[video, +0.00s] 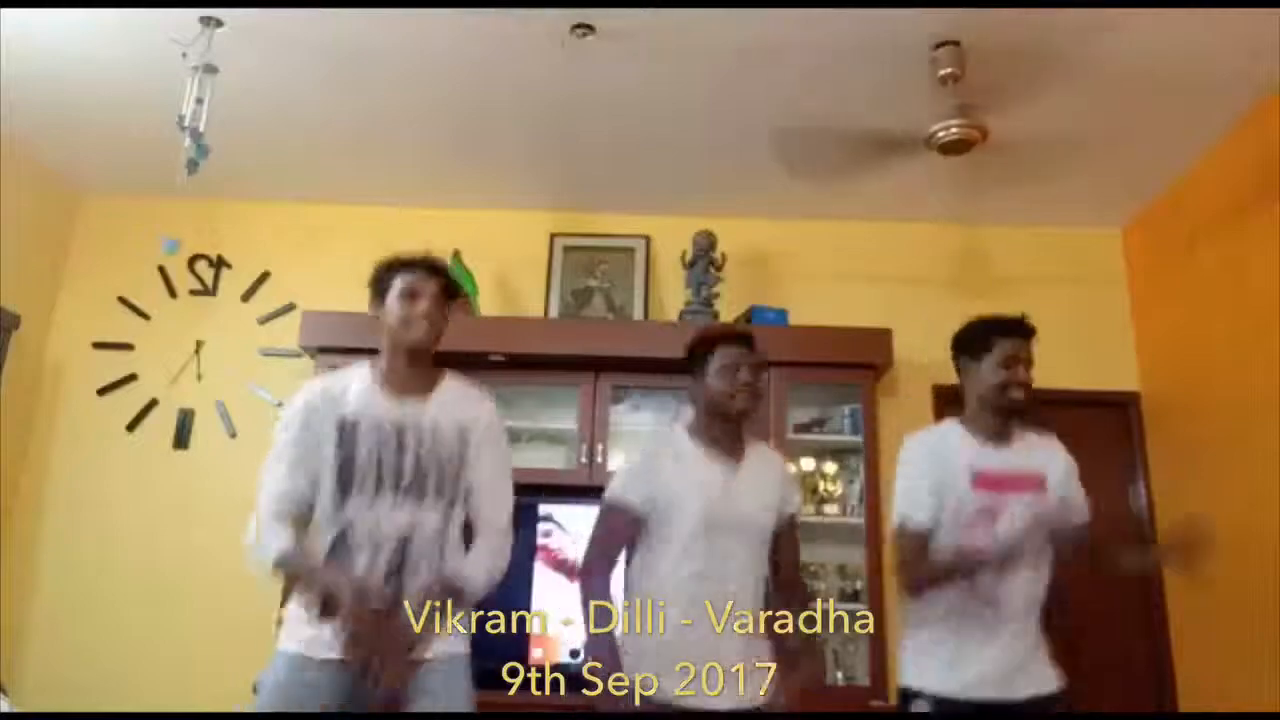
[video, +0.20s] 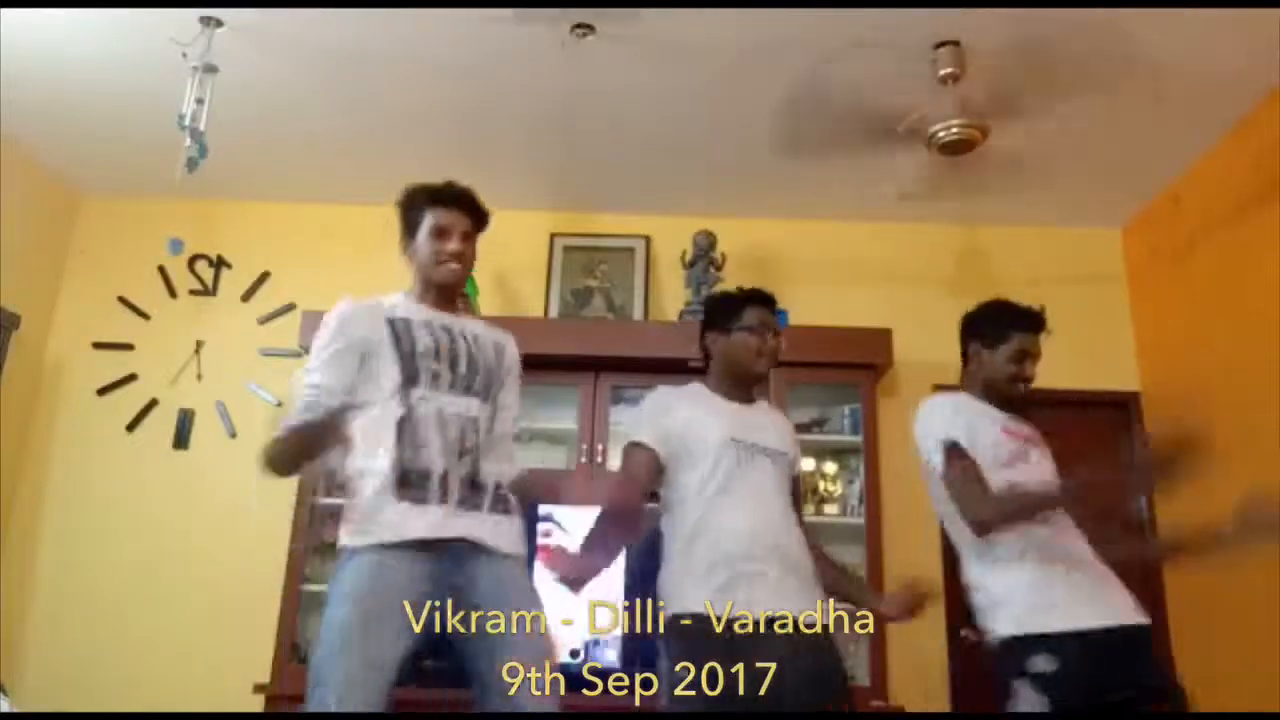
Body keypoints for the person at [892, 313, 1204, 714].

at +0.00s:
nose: (1022, 377)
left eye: (1027, 365)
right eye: (1008, 364)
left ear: (1033, 370)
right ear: (965, 370)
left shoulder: (1050, 455)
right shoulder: (926, 452)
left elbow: (1081, 553)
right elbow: (912, 575)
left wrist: (1155, 552)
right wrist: (995, 547)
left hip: (1028, 680)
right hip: (941, 686)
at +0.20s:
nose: (1030, 372)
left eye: (1034, 360)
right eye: (1019, 358)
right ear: (975, 353)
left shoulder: (1025, 432)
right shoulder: (942, 410)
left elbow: (1081, 544)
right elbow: (981, 513)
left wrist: (1221, 532)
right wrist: (1070, 492)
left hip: (1115, 625)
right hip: (1040, 632)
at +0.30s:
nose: (1037, 400)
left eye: (1040, 388)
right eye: (1025, 386)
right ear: (982, 377)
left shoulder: (1005, 445)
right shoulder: (960, 433)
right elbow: (1002, 554)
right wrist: (1094, 570)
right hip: (1083, 656)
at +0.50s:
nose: (1072, 408)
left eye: (1075, 394)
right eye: (1059, 394)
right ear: (1019, 392)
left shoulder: (1063, 461)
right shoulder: (1003, 461)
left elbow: (1109, 553)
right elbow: (1026, 583)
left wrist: (1191, 560)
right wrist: (1097, 567)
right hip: (1118, 678)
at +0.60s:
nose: (1068, 349)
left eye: (1073, 335)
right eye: (1051, 338)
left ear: (1082, 334)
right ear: (1014, 342)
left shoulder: (1111, 407)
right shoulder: (996, 416)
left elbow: (1158, 519)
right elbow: (999, 534)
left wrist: (1262, 510)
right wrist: (1087, 452)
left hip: (1175, 627)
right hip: (1087, 639)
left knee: (1217, 704)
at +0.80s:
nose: (1053, 372)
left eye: (1064, 355)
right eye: (1034, 362)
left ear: (1087, 354)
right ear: (1018, 372)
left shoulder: (1148, 428)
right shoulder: (990, 450)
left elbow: (1204, 536)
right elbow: (978, 582)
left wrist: (1265, 585)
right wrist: (1017, 664)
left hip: (1153, 666)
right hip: (1051, 676)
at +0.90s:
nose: (1033, 410)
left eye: (1048, 394)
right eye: (1022, 400)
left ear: (1088, 397)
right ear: (1016, 409)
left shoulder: (1154, 498)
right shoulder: (990, 494)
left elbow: (1194, 631)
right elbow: (978, 619)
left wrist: (1208, 703)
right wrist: (983, 704)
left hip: (1143, 696)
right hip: (1041, 696)